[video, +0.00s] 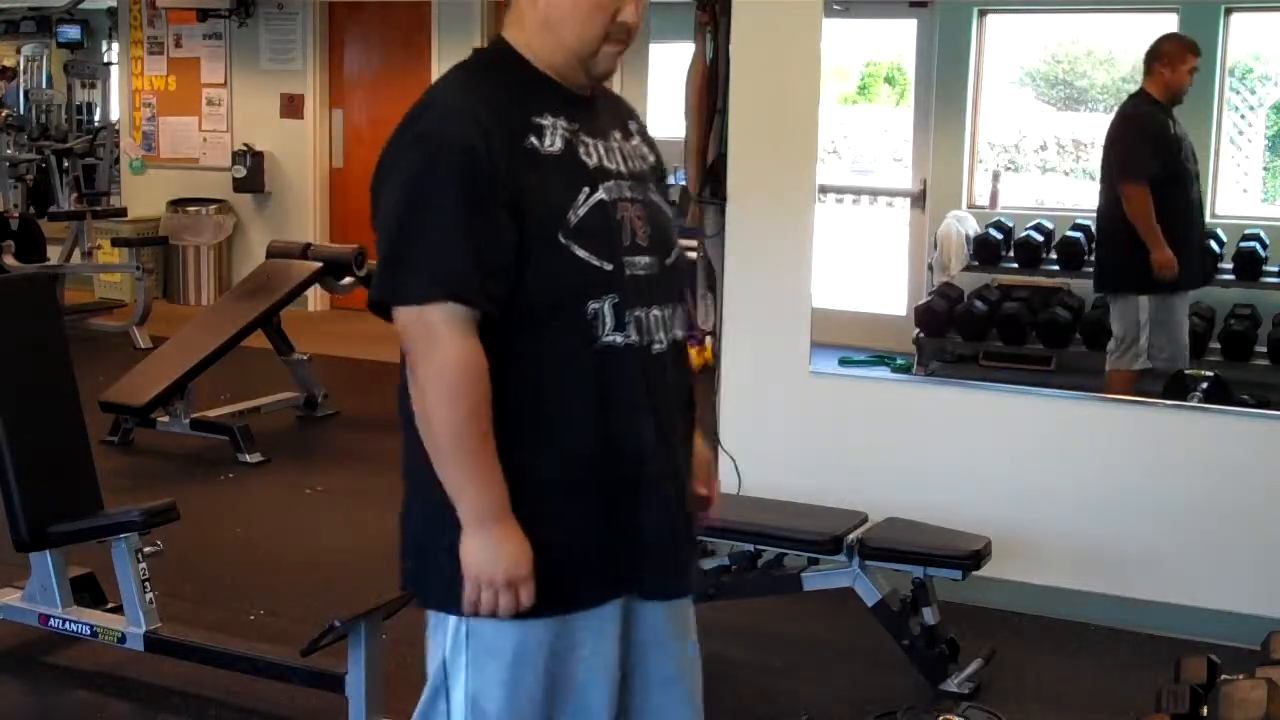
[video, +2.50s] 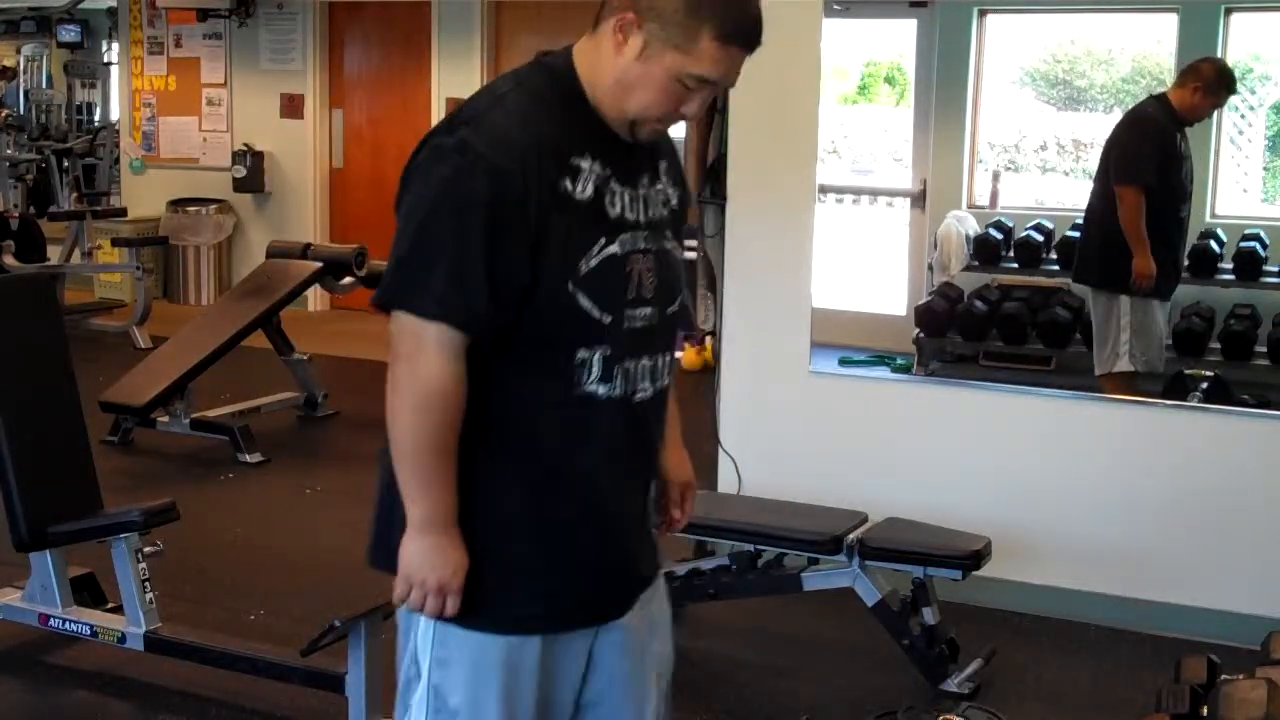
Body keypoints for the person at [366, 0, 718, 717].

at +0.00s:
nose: (632, 15)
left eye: (637, 1)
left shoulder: (623, 123)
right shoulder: (456, 123)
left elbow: (648, 310)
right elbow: (434, 329)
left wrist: (686, 436)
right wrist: (484, 519)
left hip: (645, 535)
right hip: (523, 554)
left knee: (660, 711)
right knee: (508, 713)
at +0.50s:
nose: (624, 3)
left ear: (648, 7)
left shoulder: (634, 116)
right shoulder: (465, 129)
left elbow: (655, 311)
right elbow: (442, 328)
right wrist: (471, 520)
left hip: (638, 534)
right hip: (527, 552)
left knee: (604, 707)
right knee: (522, 709)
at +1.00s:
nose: (683, 21)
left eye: (688, 3)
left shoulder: (680, 128)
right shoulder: (498, 130)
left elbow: (704, 302)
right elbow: (466, 324)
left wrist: (741, 419)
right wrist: (504, 504)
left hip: (681, 521)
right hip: (559, 538)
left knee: (674, 712)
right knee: (534, 712)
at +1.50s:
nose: (666, 61)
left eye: (675, 39)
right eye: (657, 34)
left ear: (586, 13)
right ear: (583, 8)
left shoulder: (621, 134)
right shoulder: (472, 138)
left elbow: (620, 322)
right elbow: (443, 353)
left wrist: (660, 448)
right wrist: (486, 542)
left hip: (634, 549)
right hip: (514, 572)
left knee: (658, 695)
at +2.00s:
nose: (719, 105)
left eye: (738, 84)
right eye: (710, 74)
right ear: (646, 21)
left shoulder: (692, 147)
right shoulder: (516, 140)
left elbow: (693, 317)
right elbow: (459, 323)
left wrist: (700, 441)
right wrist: (470, 505)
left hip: (652, 544)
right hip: (524, 558)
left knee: (648, 707)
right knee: (516, 709)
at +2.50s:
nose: (695, 112)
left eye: (713, 93)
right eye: (688, 83)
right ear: (624, 31)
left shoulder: (653, 153)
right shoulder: (484, 148)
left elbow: (648, 321)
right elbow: (421, 341)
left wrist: (668, 442)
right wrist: (429, 525)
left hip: (622, 554)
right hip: (491, 571)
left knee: (626, 709)